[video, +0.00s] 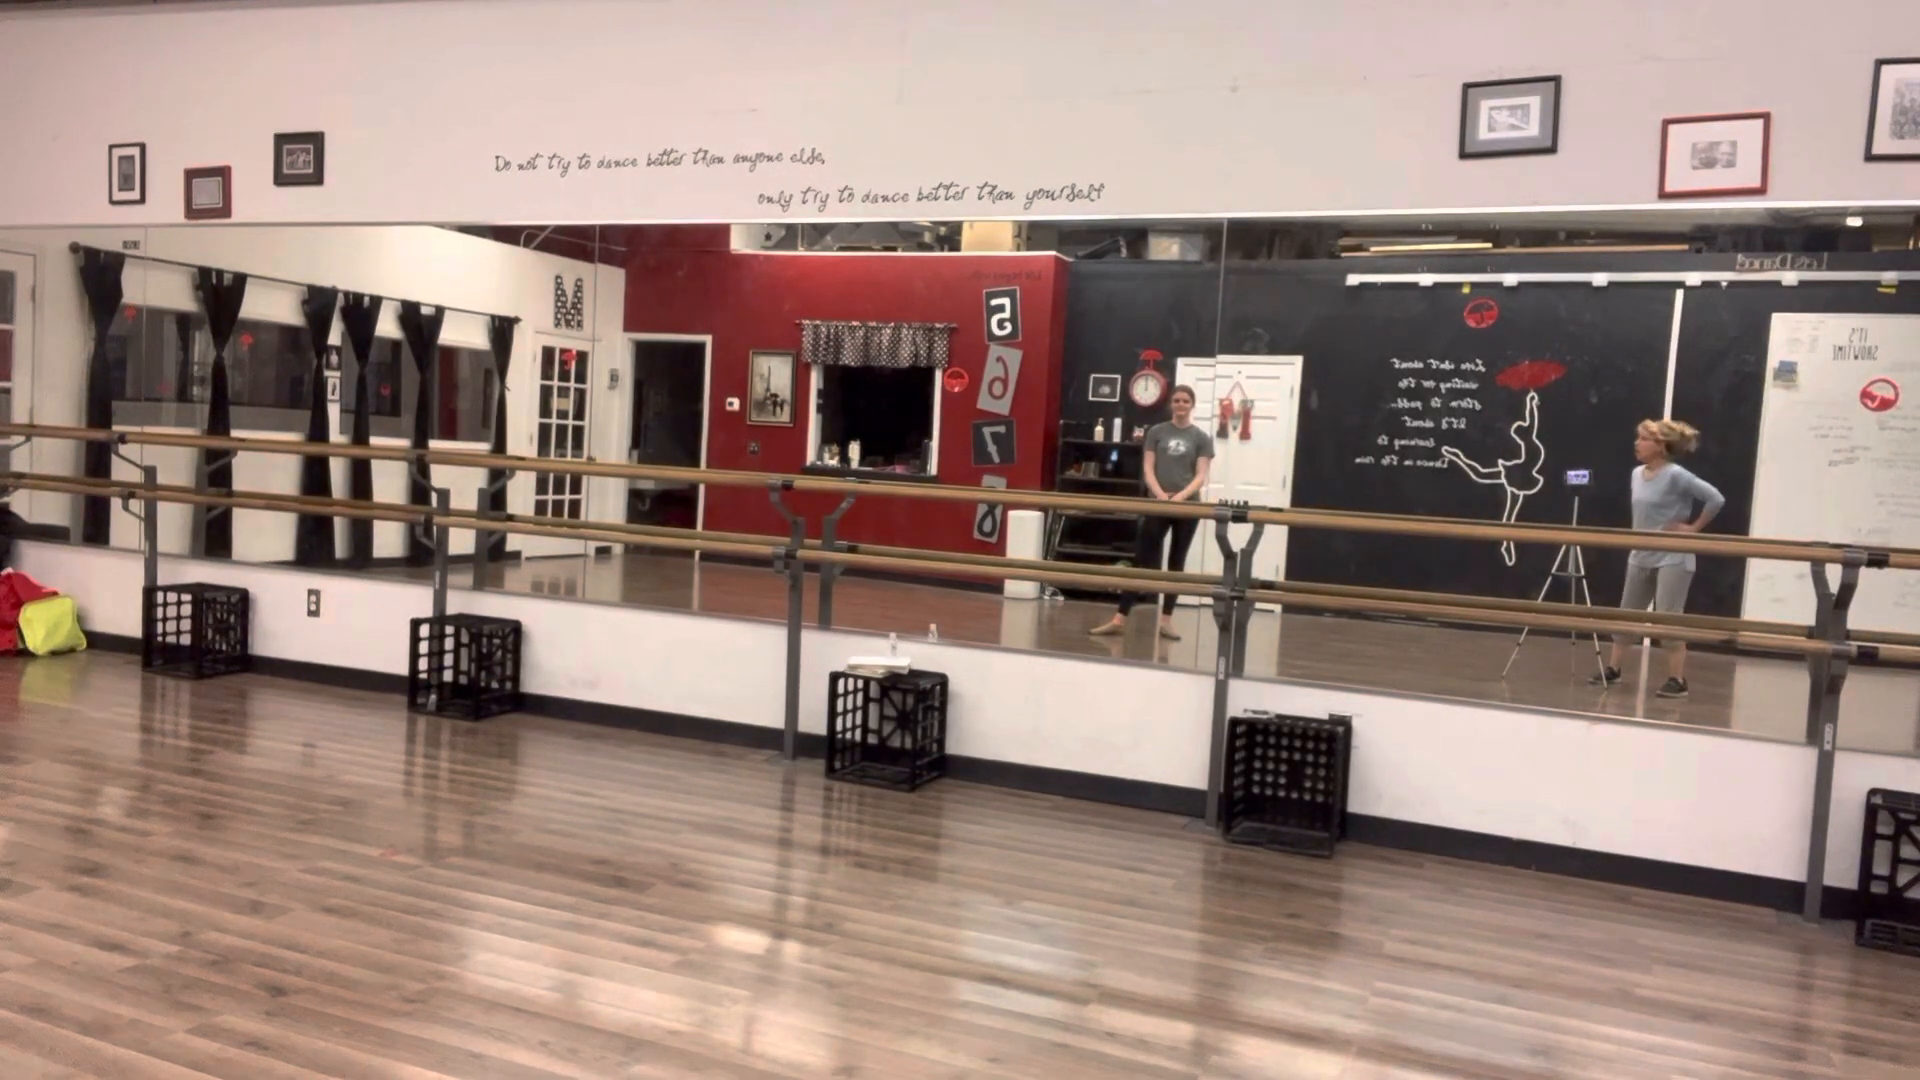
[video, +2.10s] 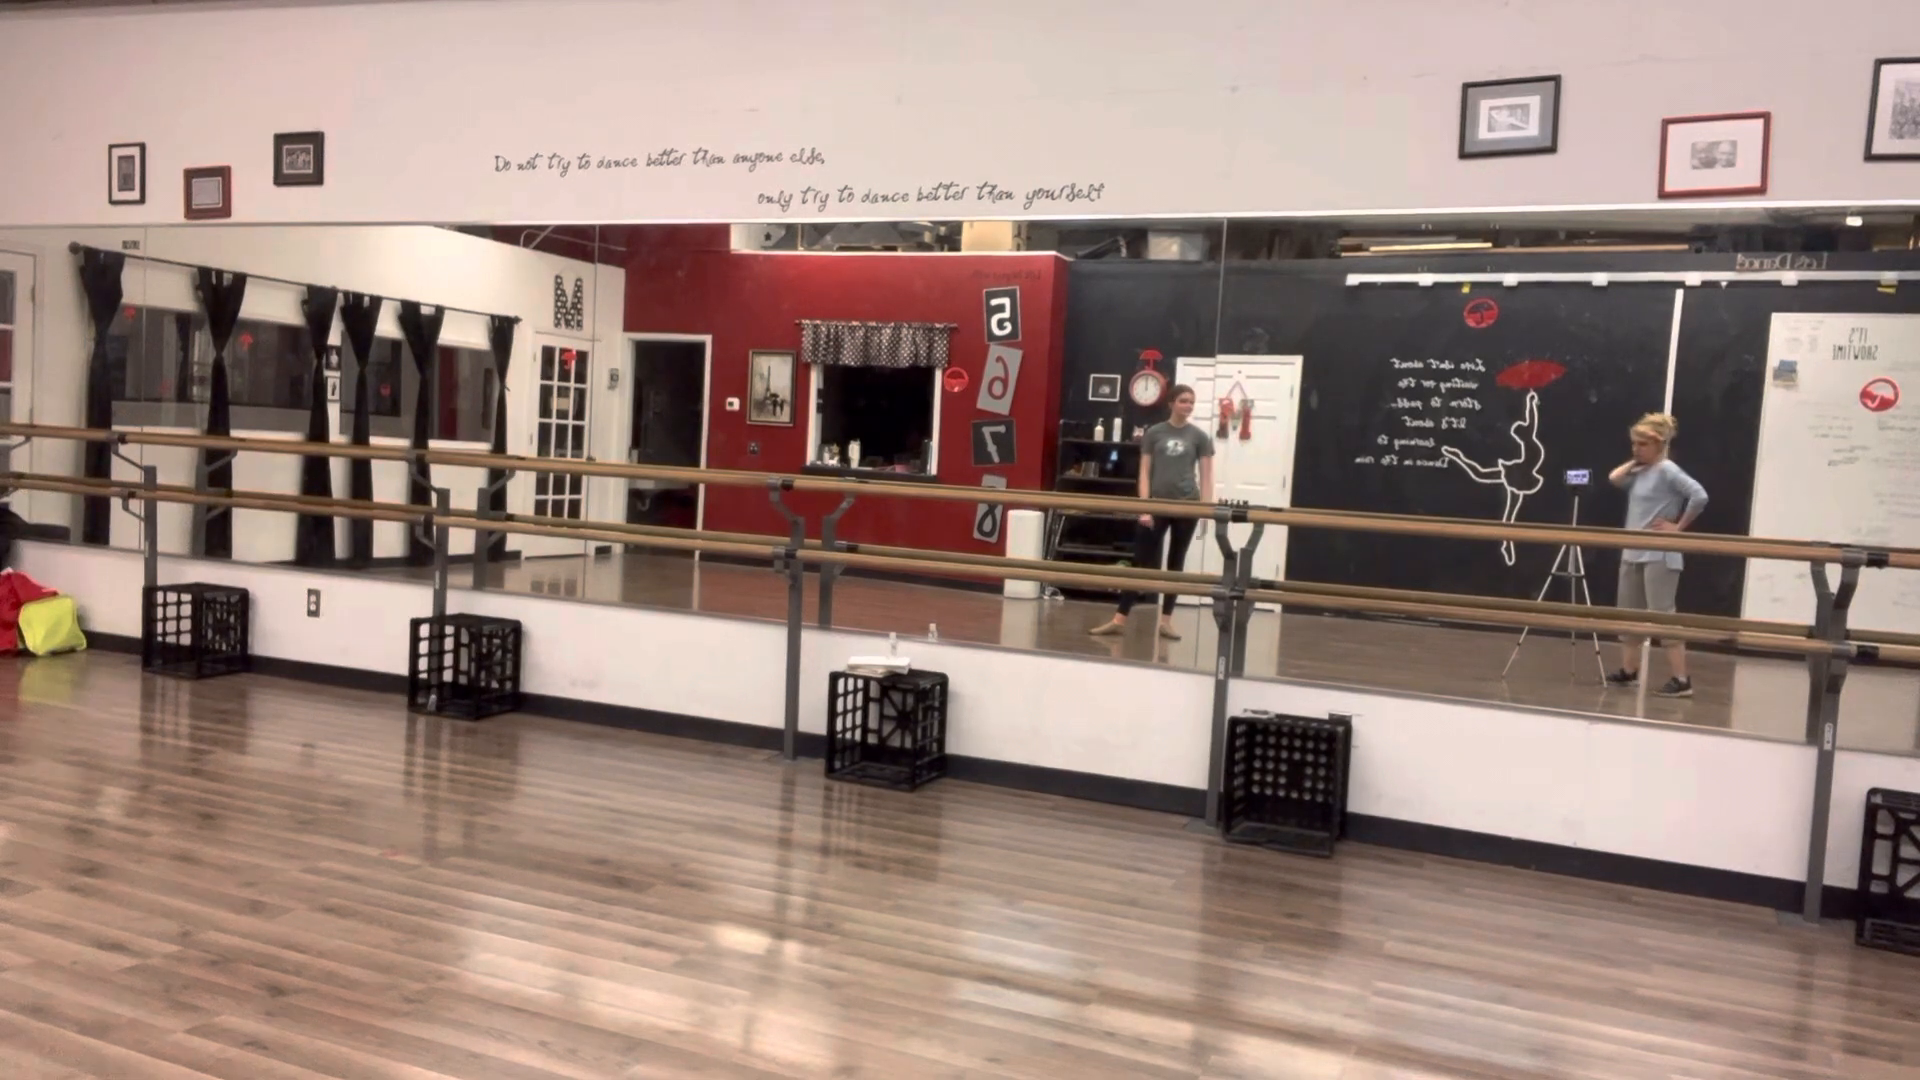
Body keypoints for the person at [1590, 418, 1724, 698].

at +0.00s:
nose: (1637, 444)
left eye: (1644, 439)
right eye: (1638, 438)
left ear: (1661, 446)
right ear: (1641, 443)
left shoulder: (1676, 475)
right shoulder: (1637, 474)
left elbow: (1716, 499)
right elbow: (1642, 507)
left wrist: (1693, 527)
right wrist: (1640, 534)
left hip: (1674, 556)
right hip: (1641, 554)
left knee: (1667, 618)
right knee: (1627, 614)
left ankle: (1676, 679)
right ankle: (1613, 668)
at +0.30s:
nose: (1654, 448)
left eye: (1657, 443)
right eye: (1655, 443)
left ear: (1667, 446)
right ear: (1674, 445)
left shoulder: (1681, 473)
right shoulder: (1667, 469)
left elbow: (1706, 502)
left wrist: (1697, 528)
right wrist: (1669, 527)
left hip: (1686, 558)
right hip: (1661, 554)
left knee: (1672, 618)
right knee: (1644, 612)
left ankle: (1677, 678)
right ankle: (1630, 667)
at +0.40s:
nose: (1660, 448)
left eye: (1662, 443)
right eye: (1661, 443)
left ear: (1669, 445)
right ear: (1686, 445)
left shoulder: (1678, 472)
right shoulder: (1685, 469)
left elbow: (1697, 502)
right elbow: (1692, 506)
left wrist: (1690, 527)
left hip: (1684, 559)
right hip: (1668, 556)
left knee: (1672, 617)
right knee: (1652, 613)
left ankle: (1677, 677)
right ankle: (1654, 668)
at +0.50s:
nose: (1665, 446)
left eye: (1666, 441)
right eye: (1667, 441)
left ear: (1670, 443)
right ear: (1695, 444)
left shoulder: (1675, 471)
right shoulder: (1699, 471)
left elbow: (1689, 501)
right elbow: (1703, 506)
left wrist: (1684, 524)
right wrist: (1692, 527)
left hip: (1678, 558)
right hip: (1695, 558)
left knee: (1671, 619)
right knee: (1677, 618)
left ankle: (1675, 676)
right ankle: (1680, 673)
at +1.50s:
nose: (1664, 445)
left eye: (1668, 440)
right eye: (1665, 439)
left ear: (1682, 444)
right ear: (1686, 445)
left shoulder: (1688, 472)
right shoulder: (1692, 470)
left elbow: (1706, 501)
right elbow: (1686, 507)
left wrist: (1695, 529)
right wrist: (1661, 511)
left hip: (1682, 561)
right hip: (1683, 559)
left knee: (1676, 620)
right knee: (1676, 617)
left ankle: (1684, 679)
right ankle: (1701, 669)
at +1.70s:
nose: (1657, 450)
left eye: (1662, 444)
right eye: (1657, 444)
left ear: (1679, 446)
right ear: (1675, 447)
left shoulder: (1685, 470)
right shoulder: (1672, 472)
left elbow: (1704, 499)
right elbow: (1646, 503)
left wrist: (1693, 528)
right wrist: (1654, 477)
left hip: (1682, 559)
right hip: (1665, 557)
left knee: (1676, 619)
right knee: (1650, 611)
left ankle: (1684, 678)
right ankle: (1659, 668)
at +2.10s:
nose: (1637, 450)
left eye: (1644, 444)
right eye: (1635, 444)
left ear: (1660, 445)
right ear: (1634, 445)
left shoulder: (1668, 471)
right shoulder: (1638, 472)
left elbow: (1699, 496)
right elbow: (1614, 478)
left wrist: (1679, 527)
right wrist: (1634, 462)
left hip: (1660, 555)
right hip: (1632, 553)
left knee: (1663, 616)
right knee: (1627, 614)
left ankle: (1680, 677)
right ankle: (1629, 670)